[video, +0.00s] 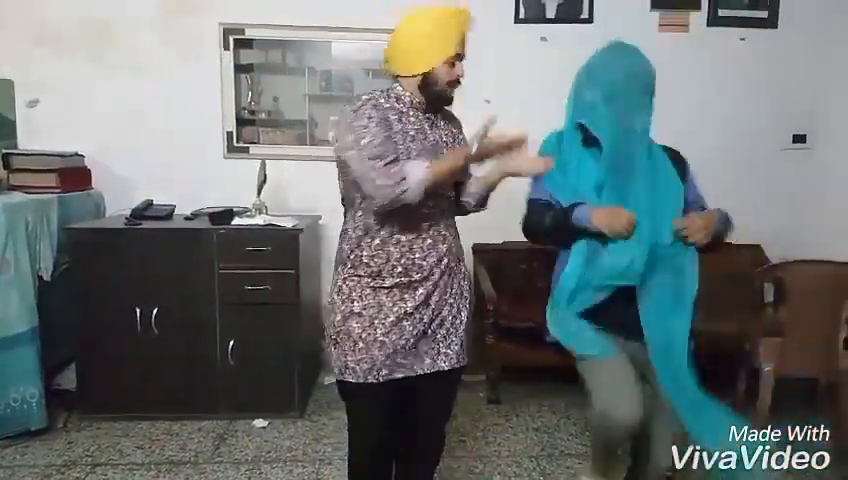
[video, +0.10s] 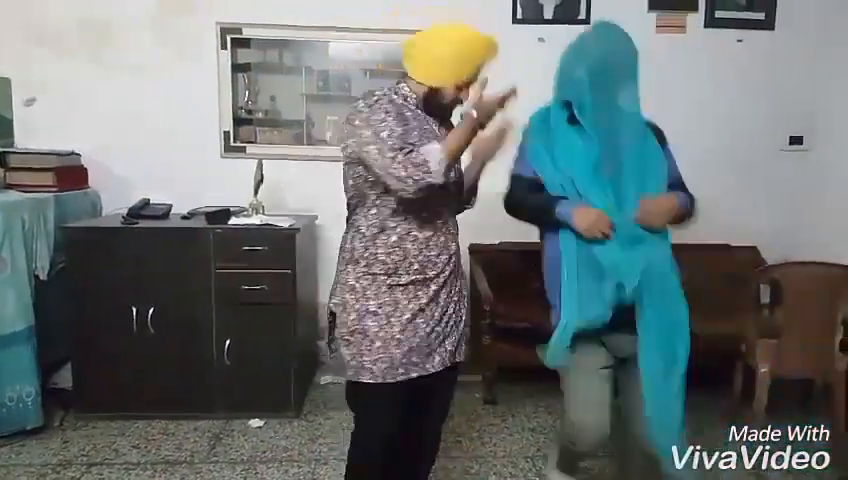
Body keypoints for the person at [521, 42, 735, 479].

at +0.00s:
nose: (619, 119)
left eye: (629, 106)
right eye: (608, 105)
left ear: (644, 104)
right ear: (589, 100)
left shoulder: (667, 163)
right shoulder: (563, 152)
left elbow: (706, 224)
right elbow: (535, 221)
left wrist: (716, 221)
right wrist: (589, 217)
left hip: (660, 323)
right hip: (590, 317)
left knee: (666, 444)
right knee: (621, 411)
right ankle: (606, 465)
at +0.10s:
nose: (607, 92)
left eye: (616, 81)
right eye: (598, 81)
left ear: (628, 78)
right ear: (577, 76)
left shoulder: (645, 134)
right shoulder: (547, 130)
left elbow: (685, 199)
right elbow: (517, 197)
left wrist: (672, 206)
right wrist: (569, 212)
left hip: (645, 306)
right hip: (579, 306)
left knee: (646, 436)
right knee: (588, 430)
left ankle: (638, 474)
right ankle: (567, 463)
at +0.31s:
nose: (564, 76)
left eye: (574, 65)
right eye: (554, 65)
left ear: (585, 62)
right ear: (535, 62)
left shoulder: (607, 106)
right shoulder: (509, 112)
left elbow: (654, 157)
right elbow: (475, 173)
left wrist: (609, 172)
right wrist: (508, 196)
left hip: (607, 262)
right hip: (540, 262)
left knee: (607, 378)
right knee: (543, 374)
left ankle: (604, 473)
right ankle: (538, 463)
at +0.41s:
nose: (533, 78)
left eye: (544, 68)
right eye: (525, 67)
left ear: (561, 65)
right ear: (511, 65)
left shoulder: (586, 106)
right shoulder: (492, 112)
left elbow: (632, 154)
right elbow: (460, 168)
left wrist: (584, 169)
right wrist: (485, 190)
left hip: (583, 253)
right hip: (521, 256)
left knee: (580, 355)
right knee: (533, 363)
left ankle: (570, 445)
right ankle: (536, 459)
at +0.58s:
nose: (522, 107)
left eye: (531, 97)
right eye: (513, 97)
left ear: (542, 96)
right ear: (496, 94)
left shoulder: (559, 140)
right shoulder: (479, 140)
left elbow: (595, 197)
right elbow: (465, 204)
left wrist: (589, 198)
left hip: (553, 266)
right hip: (501, 267)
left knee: (549, 357)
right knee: (513, 358)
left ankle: (533, 440)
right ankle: (518, 452)